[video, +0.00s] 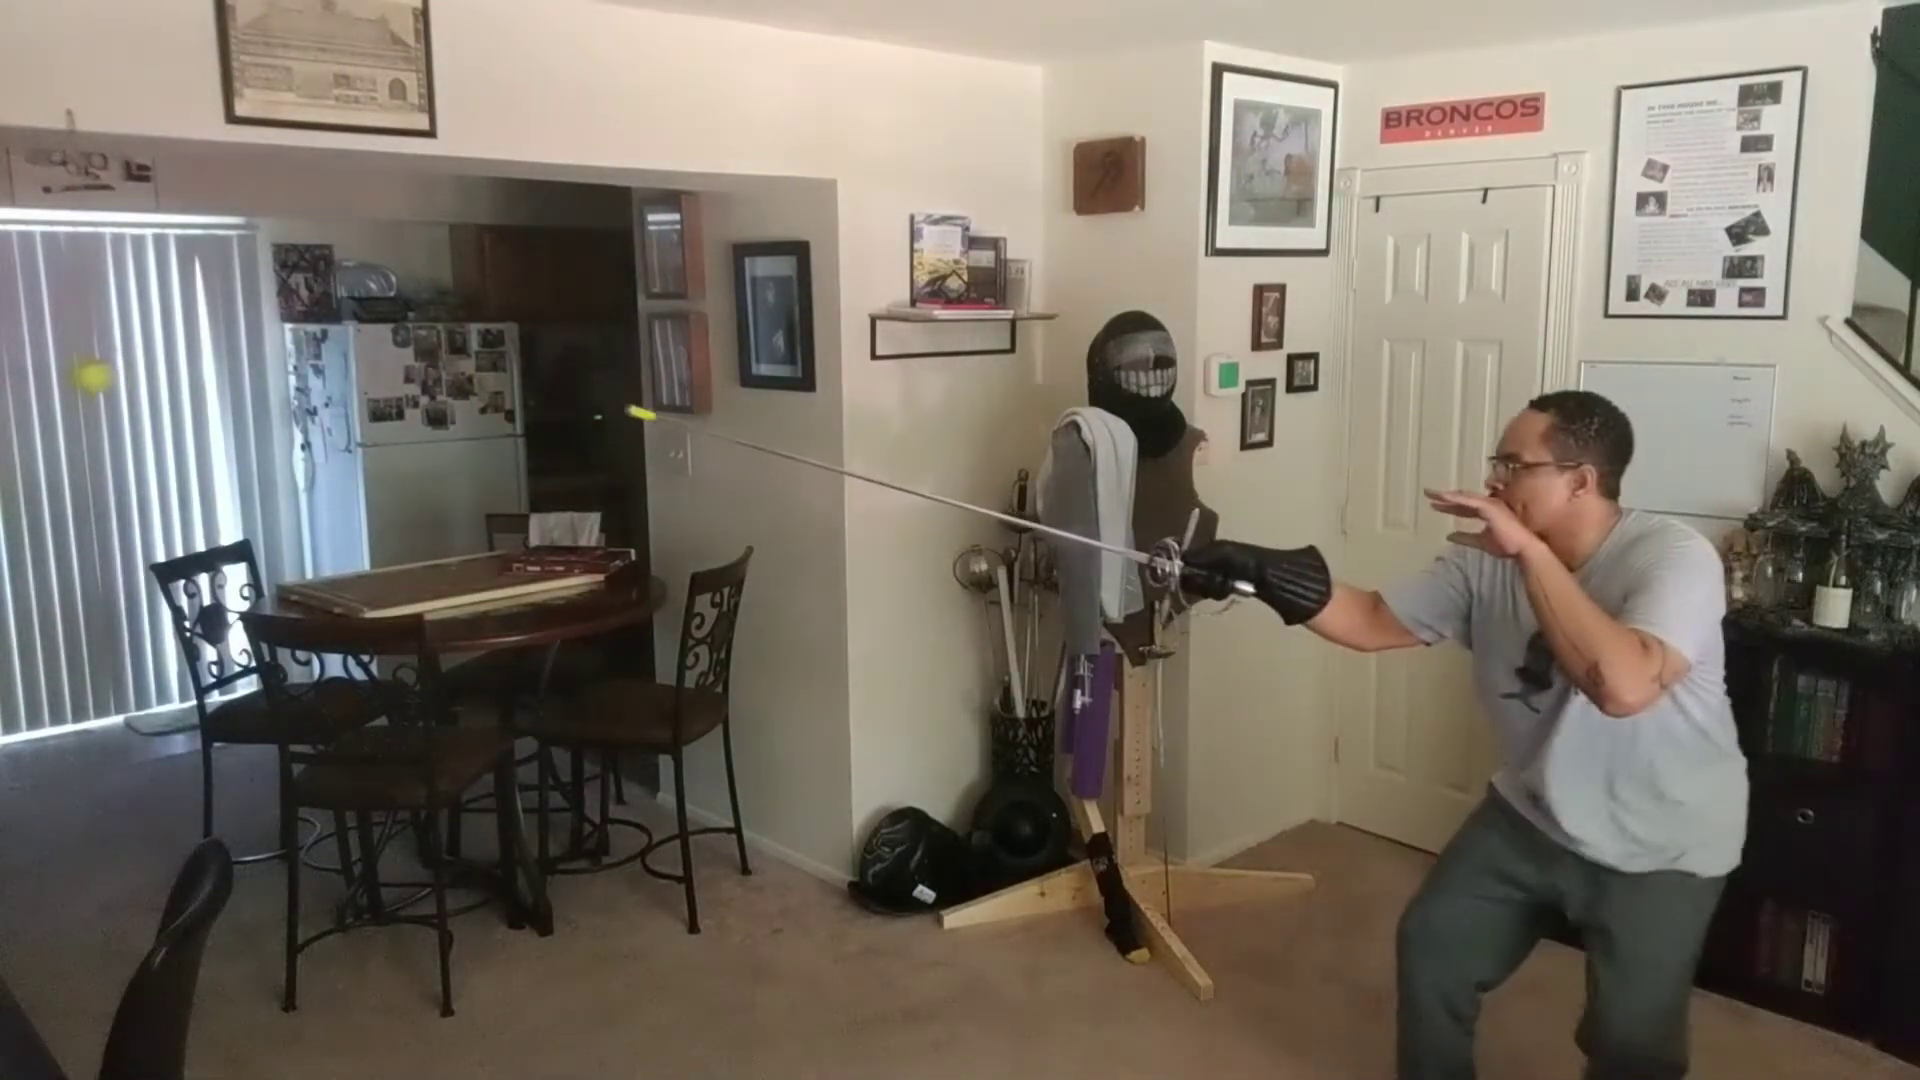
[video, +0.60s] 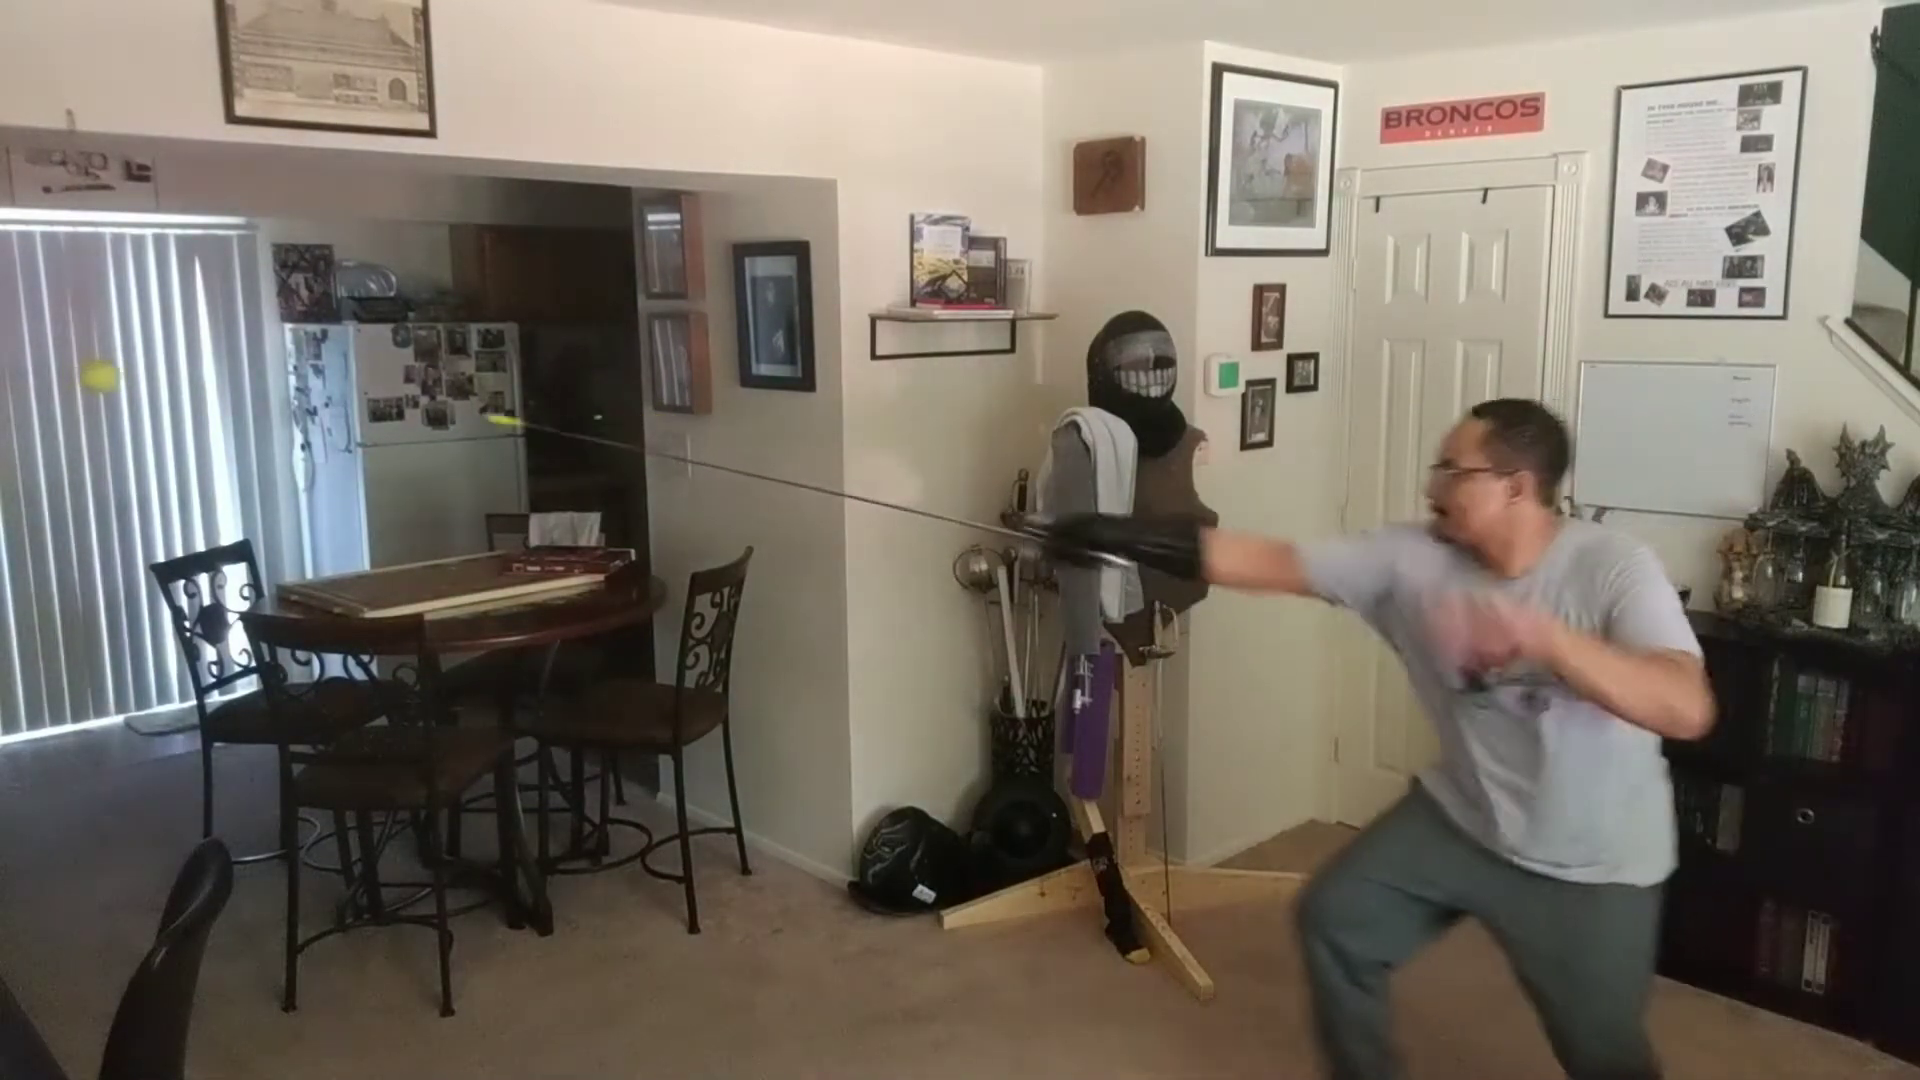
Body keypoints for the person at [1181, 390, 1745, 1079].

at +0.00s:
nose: (1493, 481)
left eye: (1513, 466)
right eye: (1496, 464)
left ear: (1583, 480)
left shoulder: (1676, 558)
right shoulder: (1488, 561)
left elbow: (1624, 685)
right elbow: (1373, 621)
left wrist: (1529, 551)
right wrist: (1252, 568)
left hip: (1663, 846)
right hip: (1531, 814)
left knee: (1631, 1043)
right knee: (1433, 948)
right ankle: (1435, 1072)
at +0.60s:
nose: (1433, 489)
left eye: (1455, 472)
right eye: (1438, 471)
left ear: (1520, 485)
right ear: (1510, 481)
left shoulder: (1612, 567)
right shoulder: (1412, 561)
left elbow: (1688, 706)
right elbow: (1275, 562)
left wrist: (1550, 642)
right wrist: (1136, 535)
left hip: (1594, 866)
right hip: (1458, 823)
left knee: (1607, 1056)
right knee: (1335, 921)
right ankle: (1366, 1071)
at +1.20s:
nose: (939, 556)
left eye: (958, 544)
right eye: (944, 540)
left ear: (1014, 561)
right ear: (970, 555)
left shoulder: (1115, 628)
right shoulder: (927, 614)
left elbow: (1257, 674)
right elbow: (792, 579)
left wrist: (1402, 726)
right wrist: (668, 551)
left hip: (1201, 861)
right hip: (1058, 851)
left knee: (1340, 1003)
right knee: (938, 938)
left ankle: (1439, 1070)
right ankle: (971, 1076)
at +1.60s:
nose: (912, 539)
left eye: (929, 525)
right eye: (914, 524)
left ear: (985, 533)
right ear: (943, 536)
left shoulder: (1085, 598)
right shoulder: (908, 604)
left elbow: (1217, 649)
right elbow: (782, 607)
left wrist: (1248, 686)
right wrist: (660, 593)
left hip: (1179, 838)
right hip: (1042, 834)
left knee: (1290, 996)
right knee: (938, 939)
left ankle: (1430, 1067)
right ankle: (968, 1075)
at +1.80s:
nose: (1057, 501)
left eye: (1077, 480)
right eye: (1055, 483)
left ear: (1136, 492)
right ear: (1054, 500)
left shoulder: (1208, 573)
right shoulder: (1045, 587)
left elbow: (1330, 678)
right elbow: (942, 661)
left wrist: (1195, 613)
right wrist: (807, 657)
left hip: (1259, 851)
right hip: (1114, 839)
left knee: (1317, 1046)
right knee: (1008, 982)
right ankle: (978, 1076)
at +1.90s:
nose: (1149, 481)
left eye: (1169, 463)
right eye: (1147, 465)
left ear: (1230, 468)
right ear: (1147, 477)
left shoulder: (1309, 548)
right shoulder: (1145, 579)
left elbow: (1348, 655)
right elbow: (1052, 663)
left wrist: (1205, 568)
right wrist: (921, 673)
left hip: (1352, 848)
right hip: (1217, 841)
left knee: (1372, 1033)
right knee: (1099, 981)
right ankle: (1026, 1073)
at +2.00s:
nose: (1234, 466)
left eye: (1253, 449)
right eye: (1236, 450)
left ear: (1316, 461)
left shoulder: (1398, 535)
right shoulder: (1236, 562)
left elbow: (1383, 636)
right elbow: (1152, 666)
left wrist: (1241, 538)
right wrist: (1025, 678)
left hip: (1429, 832)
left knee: (1417, 1040)